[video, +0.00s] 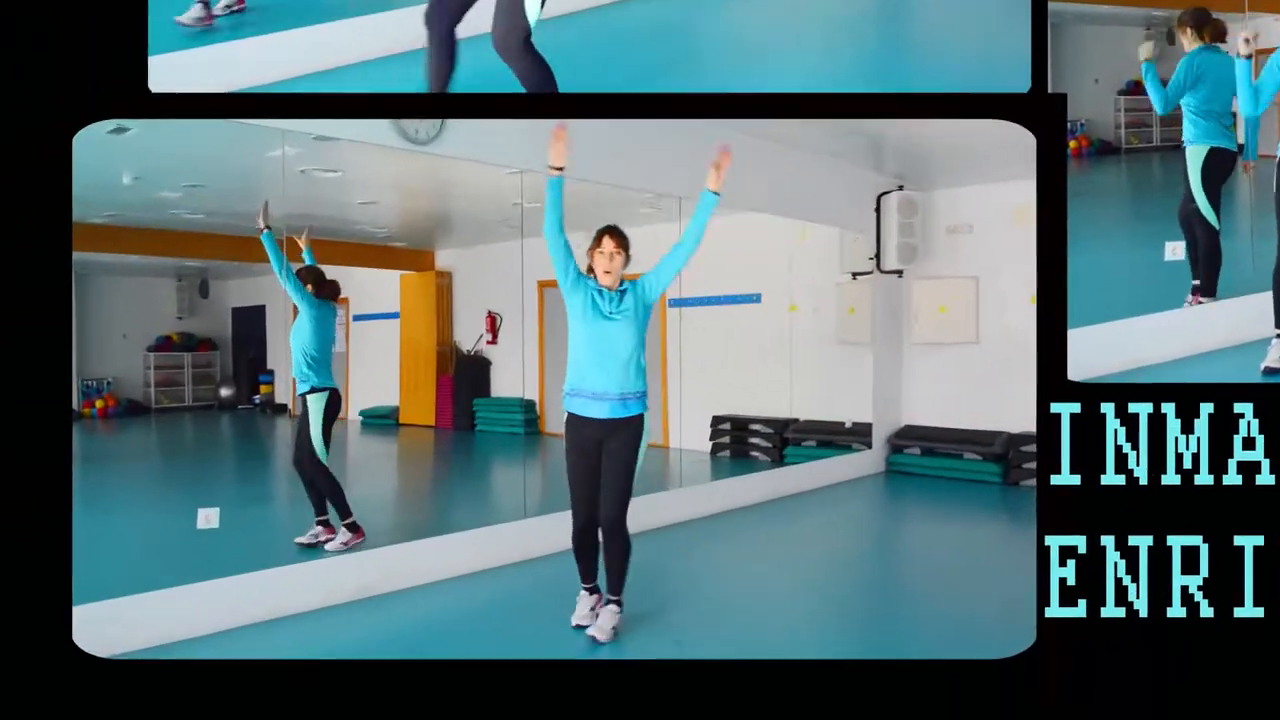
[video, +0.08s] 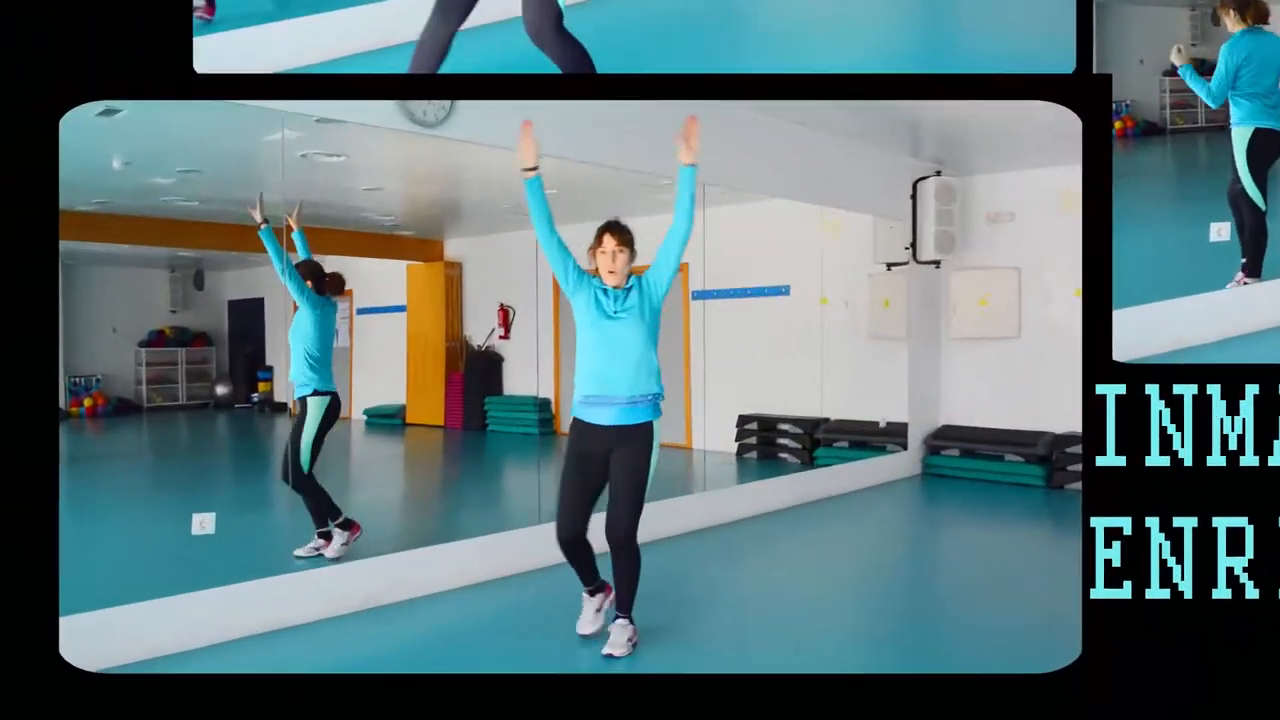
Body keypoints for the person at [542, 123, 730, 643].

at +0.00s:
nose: (608, 256)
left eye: (616, 251)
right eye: (602, 250)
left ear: (627, 261)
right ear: (589, 259)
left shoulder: (642, 293)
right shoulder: (576, 290)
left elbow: (686, 245)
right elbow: (555, 232)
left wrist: (713, 186)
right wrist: (556, 169)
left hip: (626, 417)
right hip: (580, 416)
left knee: (612, 516)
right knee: (583, 514)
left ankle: (612, 604)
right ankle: (588, 592)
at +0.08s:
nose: (611, 257)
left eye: (620, 250)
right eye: (604, 250)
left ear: (633, 259)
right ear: (592, 259)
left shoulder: (650, 291)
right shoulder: (581, 292)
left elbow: (681, 229)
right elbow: (547, 236)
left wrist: (688, 163)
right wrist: (530, 173)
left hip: (635, 427)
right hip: (586, 427)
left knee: (621, 533)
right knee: (569, 533)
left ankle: (623, 621)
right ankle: (597, 592)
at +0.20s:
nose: (589, 245)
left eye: (597, 236)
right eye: (587, 237)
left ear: (626, 238)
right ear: (588, 242)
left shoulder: (652, 278)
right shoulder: (578, 277)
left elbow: (667, 204)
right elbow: (526, 229)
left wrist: (636, 147)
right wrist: (483, 173)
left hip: (639, 423)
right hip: (586, 422)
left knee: (639, 533)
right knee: (543, 519)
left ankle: (648, 633)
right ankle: (574, 583)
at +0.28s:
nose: (572, 227)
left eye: (579, 215)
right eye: (570, 217)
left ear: (612, 216)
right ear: (576, 222)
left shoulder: (644, 254)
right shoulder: (572, 260)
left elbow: (651, 179)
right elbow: (505, 223)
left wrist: (597, 133)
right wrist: (445, 182)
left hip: (637, 409)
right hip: (581, 408)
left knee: (648, 527)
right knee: (535, 516)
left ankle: (660, 636)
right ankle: (538, 598)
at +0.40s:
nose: (547, 217)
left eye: (555, 206)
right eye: (547, 208)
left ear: (587, 207)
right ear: (558, 212)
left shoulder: (624, 249)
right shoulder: (544, 260)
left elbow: (616, 171)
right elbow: (472, 246)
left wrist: (548, 142)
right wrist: (406, 221)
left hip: (627, 413)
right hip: (566, 415)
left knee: (648, 532)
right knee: (526, 527)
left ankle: (670, 647)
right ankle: (480, 628)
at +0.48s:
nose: (527, 231)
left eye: (535, 219)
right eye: (525, 221)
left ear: (568, 221)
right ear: (537, 227)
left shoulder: (605, 266)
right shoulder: (526, 279)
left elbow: (598, 192)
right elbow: (452, 290)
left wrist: (528, 170)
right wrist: (385, 271)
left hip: (609, 430)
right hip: (547, 434)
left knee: (640, 546)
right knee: (513, 546)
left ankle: (674, 655)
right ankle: (471, 646)